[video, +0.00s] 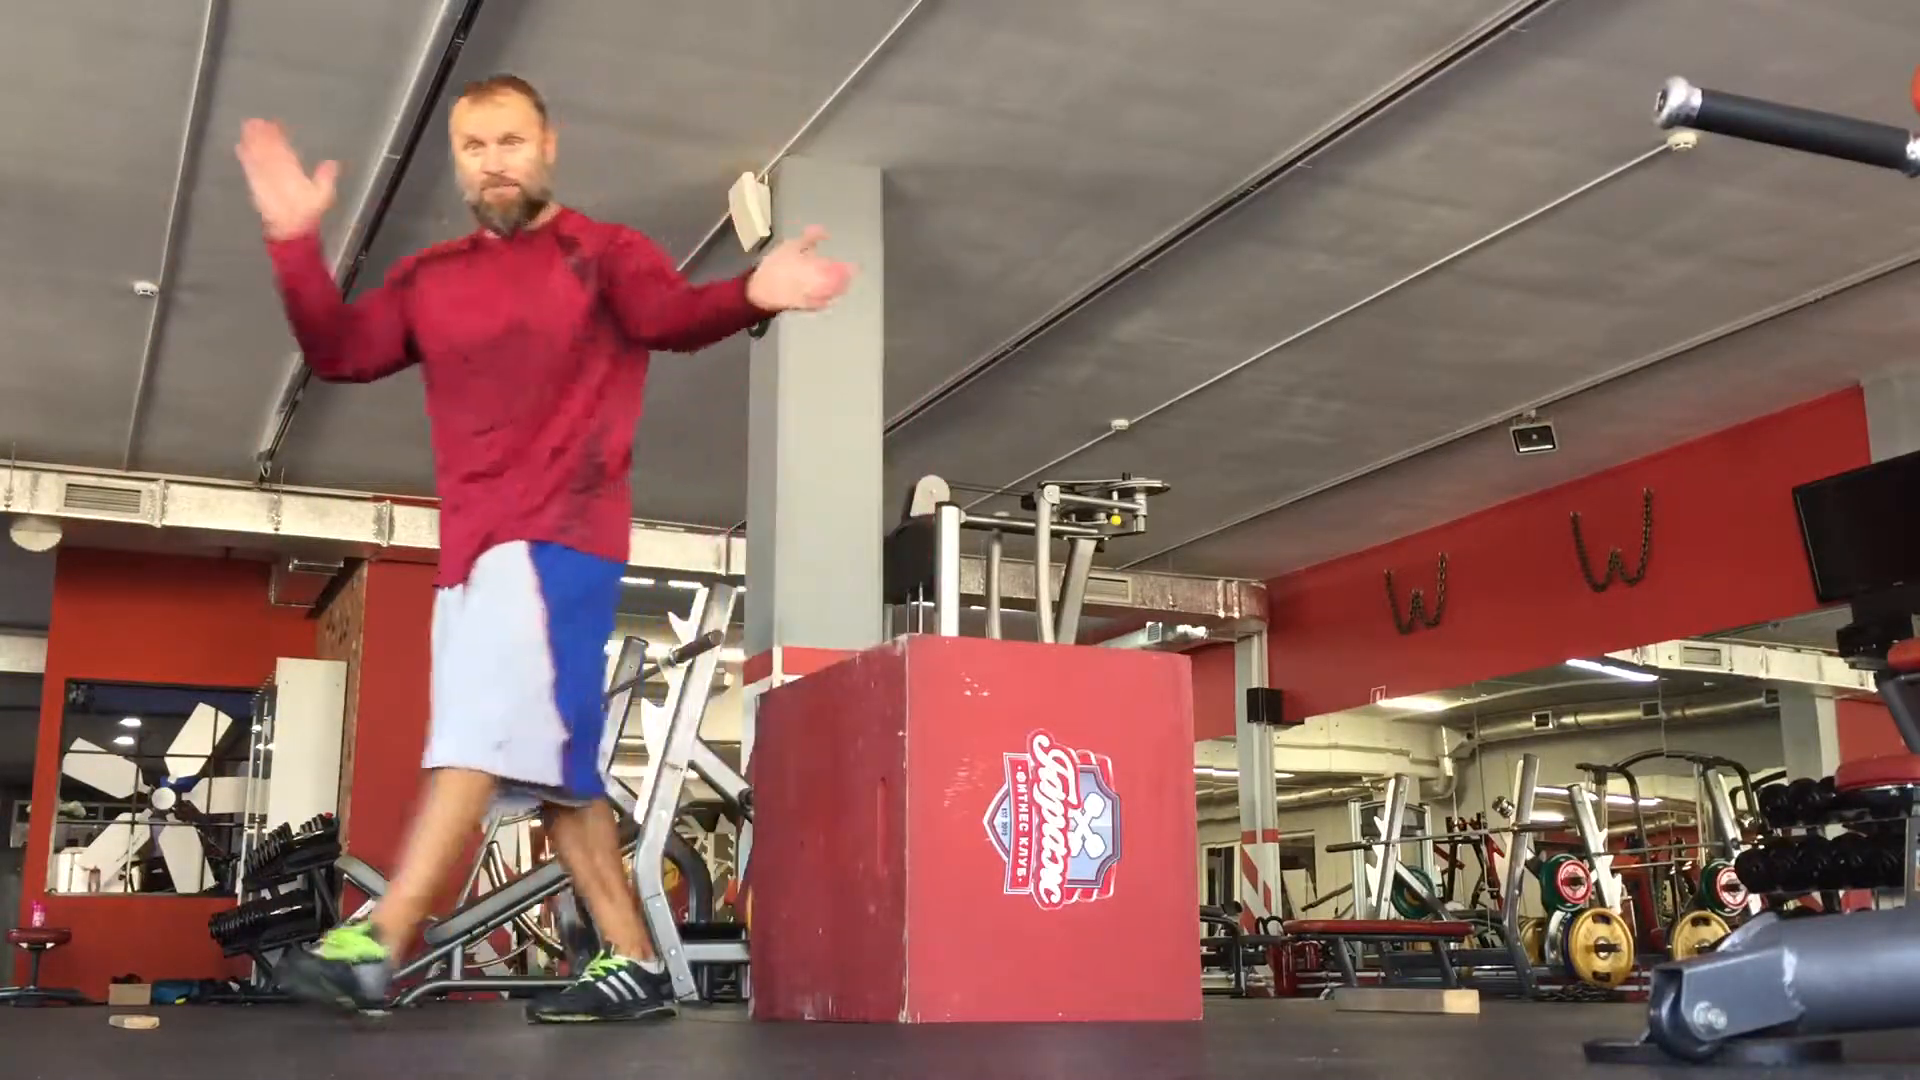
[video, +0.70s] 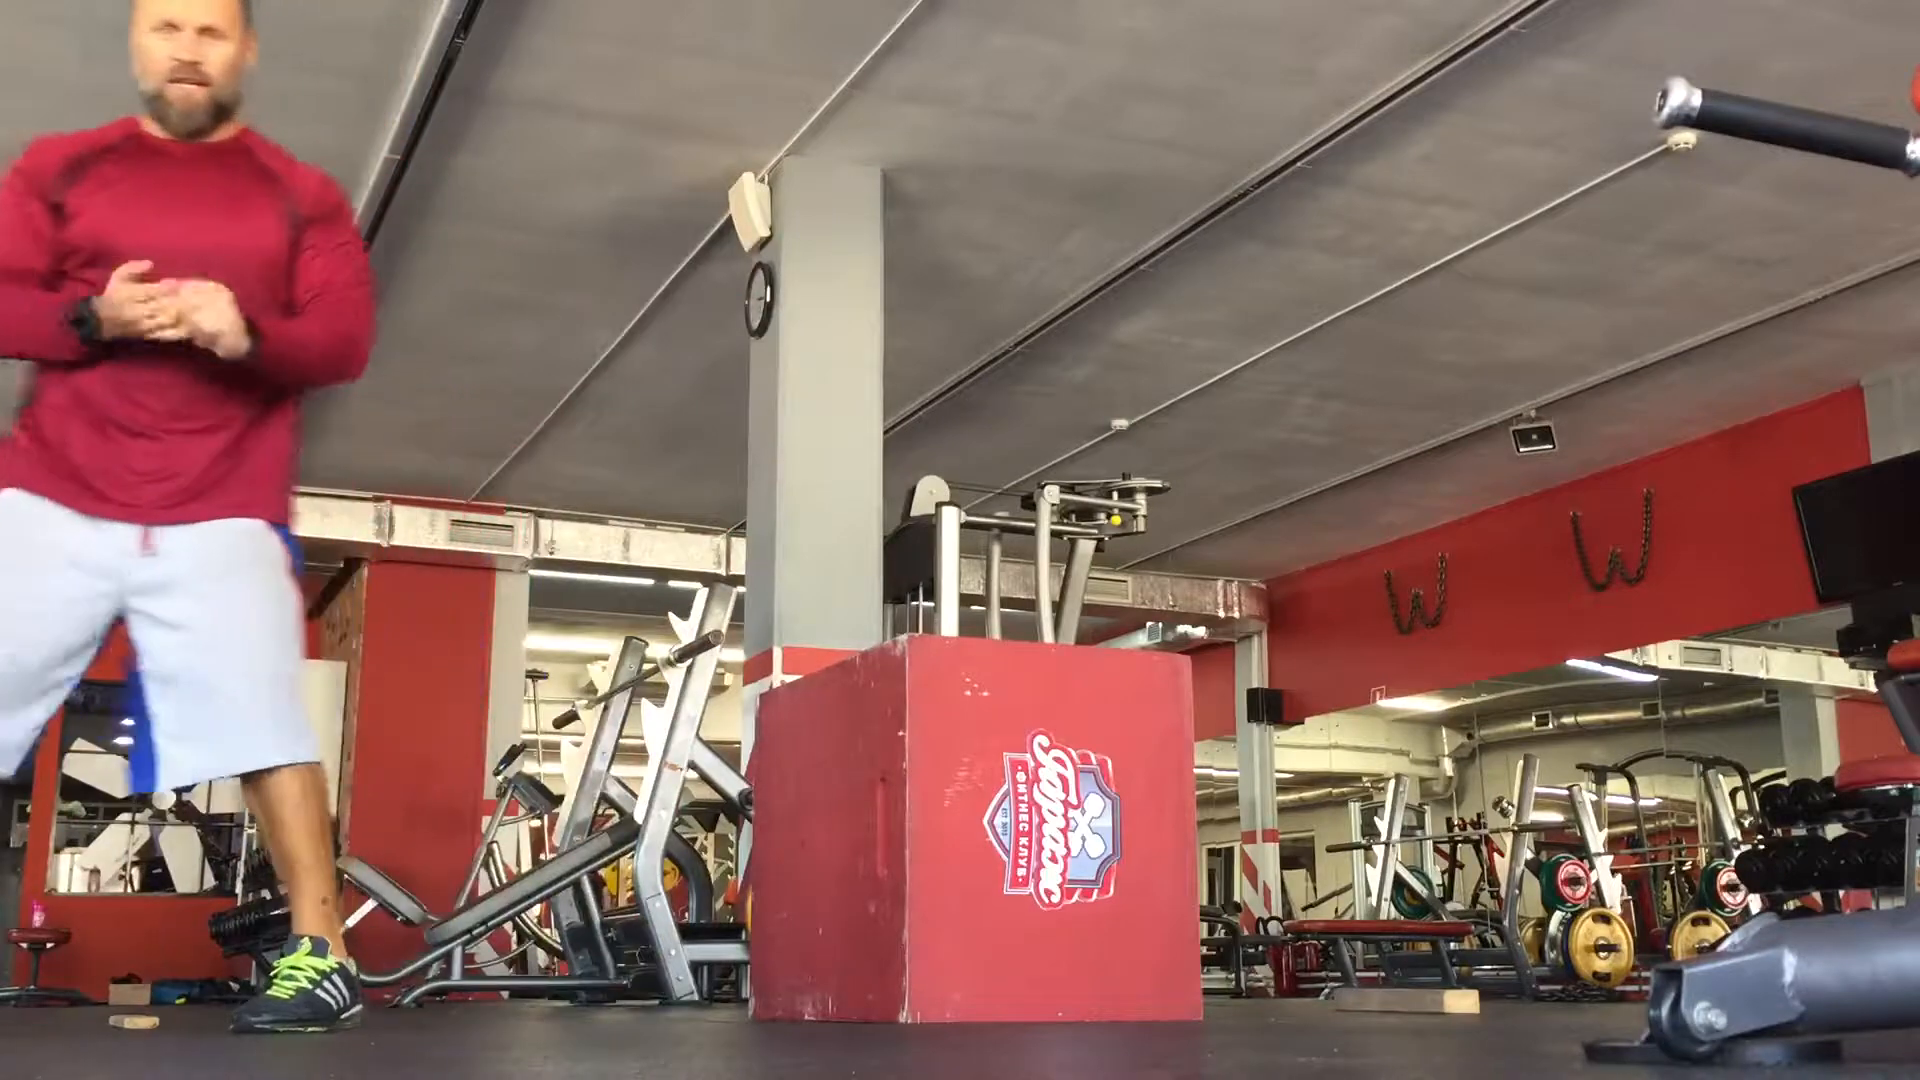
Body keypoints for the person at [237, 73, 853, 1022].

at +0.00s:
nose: (491, 160)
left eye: (510, 140)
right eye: (473, 145)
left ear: (548, 147)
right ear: (455, 161)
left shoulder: (602, 250)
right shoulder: (427, 279)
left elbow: (665, 313)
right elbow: (339, 349)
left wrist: (749, 291)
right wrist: (297, 242)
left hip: (564, 527)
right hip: (473, 535)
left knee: (474, 730)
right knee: (559, 758)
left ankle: (380, 945)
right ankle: (635, 963)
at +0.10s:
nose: (456, 149)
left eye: (475, 129)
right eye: (437, 134)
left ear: (516, 140)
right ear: (419, 153)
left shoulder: (560, 249)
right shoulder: (387, 270)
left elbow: (615, 341)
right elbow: (302, 336)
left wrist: (646, 289)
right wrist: (256, 209)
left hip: (514, 529)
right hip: (436, 532)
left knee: (413, 715)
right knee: (522, 746)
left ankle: (335, 959)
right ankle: (628, 950)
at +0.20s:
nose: (419, 124)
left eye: (440, 105)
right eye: (401, 108)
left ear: (480, 119)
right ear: (382, 125)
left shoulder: (526, 234)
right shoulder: (346, 238)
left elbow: (537, 335)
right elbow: (284, 334)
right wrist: (269, 218)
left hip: (468, 508)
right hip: (380, 512)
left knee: (386, 716)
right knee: (440, 751)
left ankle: (331, 961)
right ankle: (585, 923)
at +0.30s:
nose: (380, 97)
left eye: (403, 78)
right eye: (362, 81)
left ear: (447, 94)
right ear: (344, 99)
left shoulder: (490, 216)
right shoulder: (320, 205)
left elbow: (455, 328)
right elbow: (237, 323)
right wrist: (272, 263)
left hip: (423, 500)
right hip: (316, 502)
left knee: (375, 713)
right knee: (292, 713)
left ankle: (332, 960)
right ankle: (463, 876)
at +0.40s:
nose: (336, 75)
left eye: (360, 55)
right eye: (320, 56)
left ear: (405, 72)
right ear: (298, 74)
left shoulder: (455, 200)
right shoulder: (258, 192)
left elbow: (438, 322)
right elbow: (179, 315)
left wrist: (283, 285)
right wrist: (223, 292)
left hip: (378, 499)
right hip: (255, 497)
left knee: (358, 726)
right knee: (184, 716)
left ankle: (332, 961)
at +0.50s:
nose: (296, 58)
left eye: (318, 38)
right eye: (277, 38)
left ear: (360, 54)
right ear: (251, 54)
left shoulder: (415, 190)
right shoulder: (200, 180)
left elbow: (398, 320)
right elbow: (122, 305)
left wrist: (252, 314)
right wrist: (185, 312)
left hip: (330, 494)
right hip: (192, 480)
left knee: (336, 720)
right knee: (87, 677)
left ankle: (330, 958)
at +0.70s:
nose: (189, 50)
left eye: (213, 32)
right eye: (168, 29)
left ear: (247, 51)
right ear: (133, 42)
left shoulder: (305, 196)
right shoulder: (52, 169)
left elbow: (345, 340)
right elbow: (1, 312)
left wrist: (248, 334)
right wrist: (86, 316)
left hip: (224, 508)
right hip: (53, 494)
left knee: (265, 710)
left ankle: (317, 949)